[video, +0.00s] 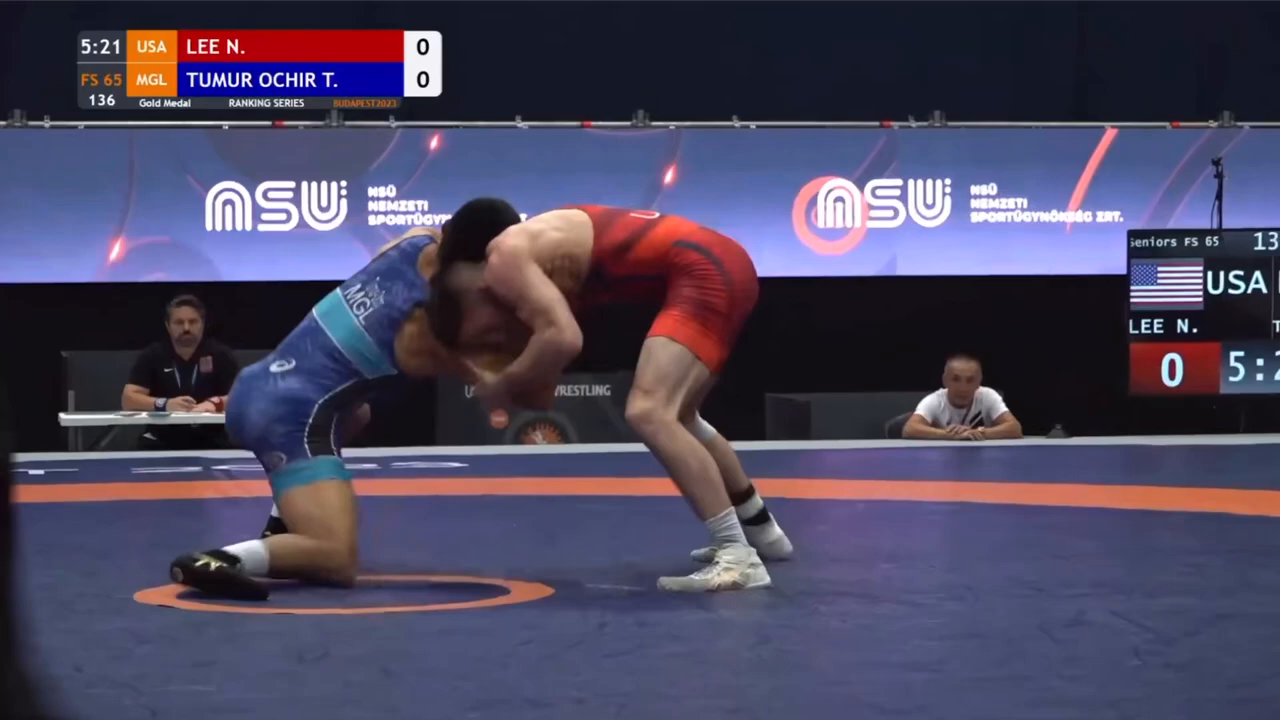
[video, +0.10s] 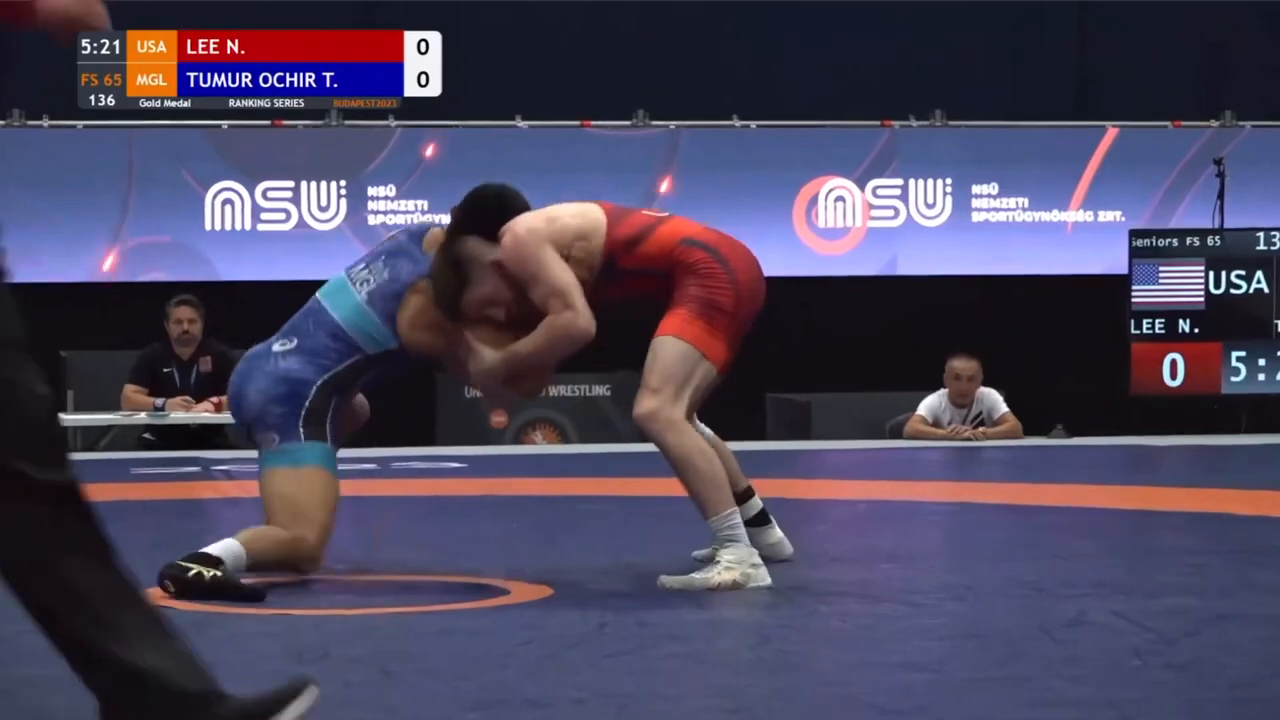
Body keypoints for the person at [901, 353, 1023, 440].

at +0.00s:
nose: (963, 387)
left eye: (970, 381)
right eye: (956, 380)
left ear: (979, 381)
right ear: (944, 380)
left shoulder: (988, 397)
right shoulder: (933, 401)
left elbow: (1014, 429)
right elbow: (910, 430)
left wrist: (976, 433)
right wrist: (953, 435)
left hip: (981, 463)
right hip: (941, 464)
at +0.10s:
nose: (964, 386)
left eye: (971, 380)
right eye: (957, 379)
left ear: (980, 380)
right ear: (945, 379)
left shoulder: (989, 397)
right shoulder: (934, 401)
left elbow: (1015, 430)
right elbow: (911, 430)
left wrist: (977, 433)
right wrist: (953, 435)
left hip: (982, 463)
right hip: (942, 464)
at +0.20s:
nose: (964, 385)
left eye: (971, 378)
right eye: (957, 378)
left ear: (980, 380)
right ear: (945, 379)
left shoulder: (989, 397)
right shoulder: (934, 401)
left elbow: (1015, 430)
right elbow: (911, 430)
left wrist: (977, 433)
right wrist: (953, 435)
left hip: (982, 463)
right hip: (942, 464)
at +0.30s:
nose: (963, 384)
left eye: (970, 378)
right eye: (956, 377)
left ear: (979, 379)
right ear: (945, 379)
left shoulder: (989, 397)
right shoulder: (934, 400)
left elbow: (1015, 429)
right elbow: (910, 429)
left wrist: (976, 433)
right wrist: (953, 434)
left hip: (982, 463)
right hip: (942, 464)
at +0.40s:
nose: (963, 384)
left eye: (970, 377)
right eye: (956, 377)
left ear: (979, 379)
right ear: (945, 378)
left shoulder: (988, 397)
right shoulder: (934, 400)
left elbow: (1015, 429)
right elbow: (910, 430)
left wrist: (977, 433)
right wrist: (952, 435)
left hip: (981, 463)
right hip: (941, 464)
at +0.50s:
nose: (962, 383)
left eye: (969, 377)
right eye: (955, 376)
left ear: (978, 379)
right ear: (943, 378)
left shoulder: (987, 397)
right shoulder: (932, 400)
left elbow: (1013, 429)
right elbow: (909, 430)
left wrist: (975, 433)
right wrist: (951, 435)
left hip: (980, 463)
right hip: (940, 464)